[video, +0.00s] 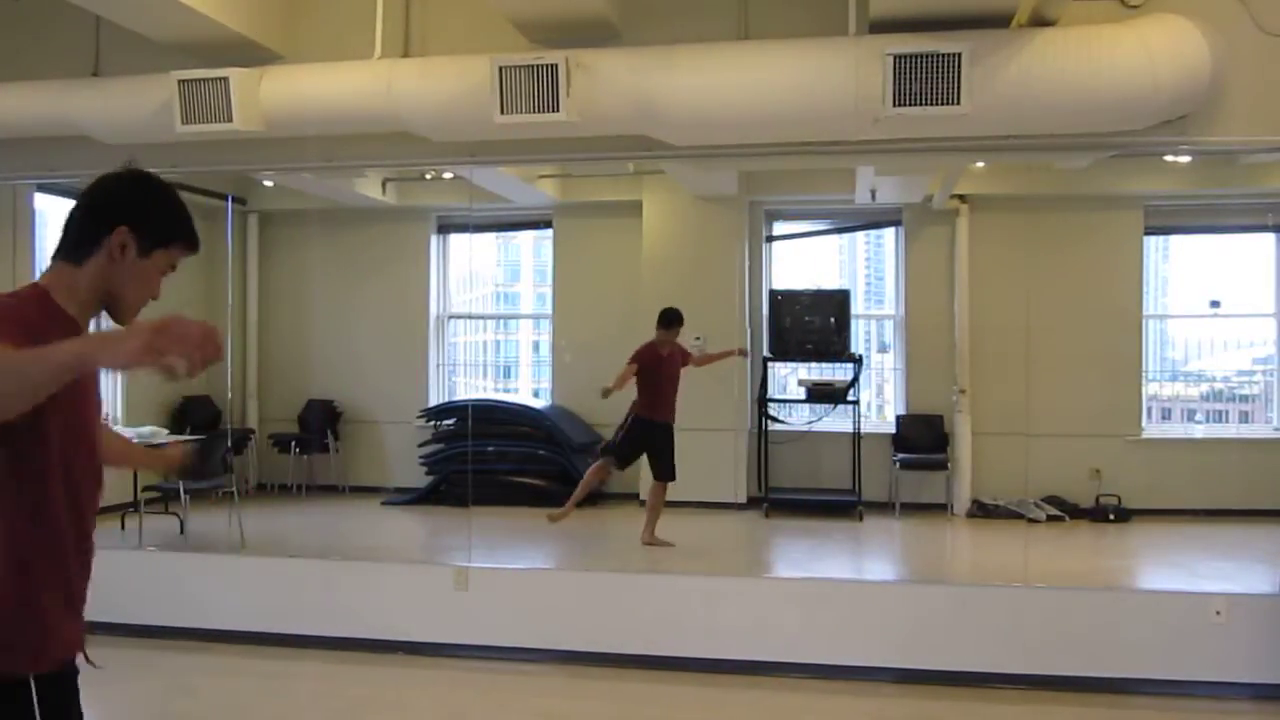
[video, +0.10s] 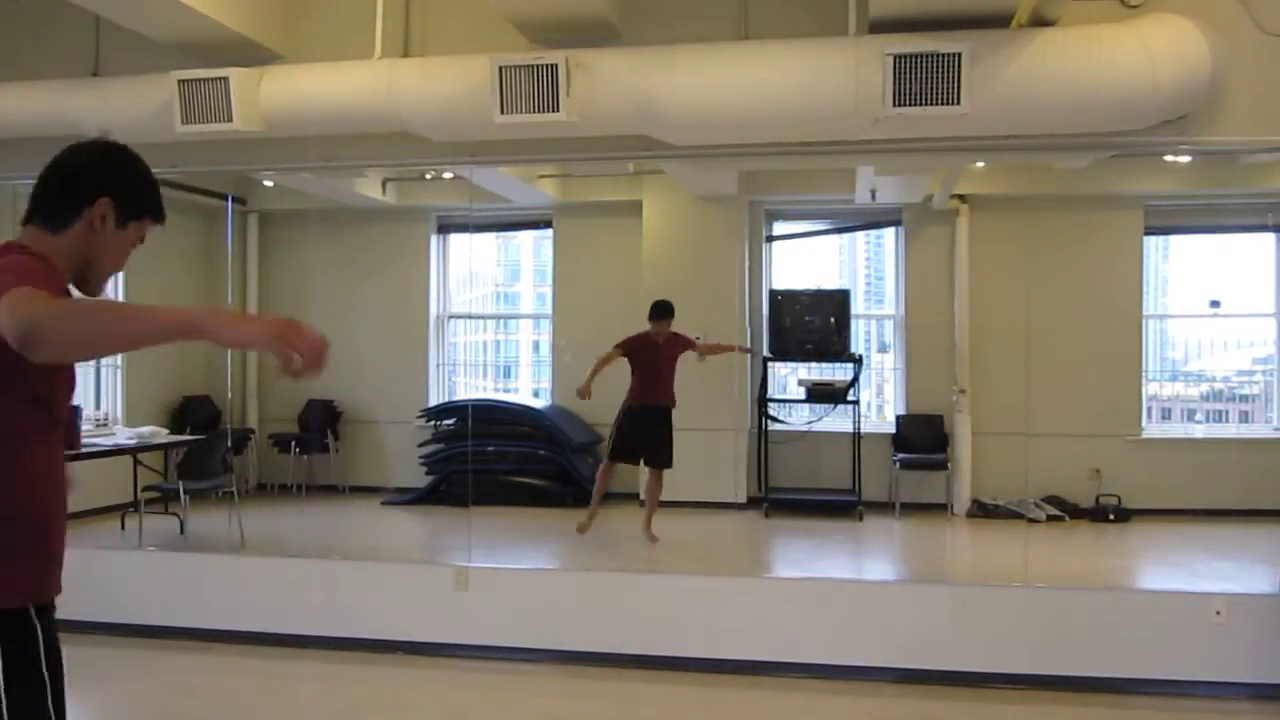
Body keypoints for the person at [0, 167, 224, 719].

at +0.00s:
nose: (160, 290)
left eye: (168, 274)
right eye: (164, 270)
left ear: (123, 249)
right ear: (120, 245)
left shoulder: (73, 337)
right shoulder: (16, 320)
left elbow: (83, 436)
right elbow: (8, 396)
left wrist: (162, 458)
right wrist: (110, 348)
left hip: (49, 634)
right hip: (11, 644)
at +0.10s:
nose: (127, 263)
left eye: (137, 247)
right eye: (133, 242)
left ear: (94, 216)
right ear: (99, 215)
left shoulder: (36, 283)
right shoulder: (22, 271)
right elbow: (28, 328)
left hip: (22, 599)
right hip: (11, 603)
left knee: (36, 707)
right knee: (30, 709)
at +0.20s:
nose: (84, 264)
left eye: (91, 248)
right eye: (88, 245)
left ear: (48, 225)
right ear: (59, 226)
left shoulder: (14, 294)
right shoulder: (14, 298)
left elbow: (70, 417)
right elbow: (82, 412)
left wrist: (127, 427)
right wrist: (262, 484)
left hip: (8, 603)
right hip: (4, 604)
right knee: (20, 707)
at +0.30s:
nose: (27, 287)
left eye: (28, 269)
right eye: (27, 268)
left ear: (11, 263)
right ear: (8, 263)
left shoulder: (17, 377)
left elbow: (74, 554)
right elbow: (73, 554)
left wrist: (162, 695)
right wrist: (164, 696)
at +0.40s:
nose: (6, 254)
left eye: (3, 241)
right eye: (8, 241)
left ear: (3, 250)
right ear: (4, 250)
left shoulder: (21, 368)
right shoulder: (18, 368)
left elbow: (27, 543)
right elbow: (27, 543)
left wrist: (40, 665)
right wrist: (42, 666)